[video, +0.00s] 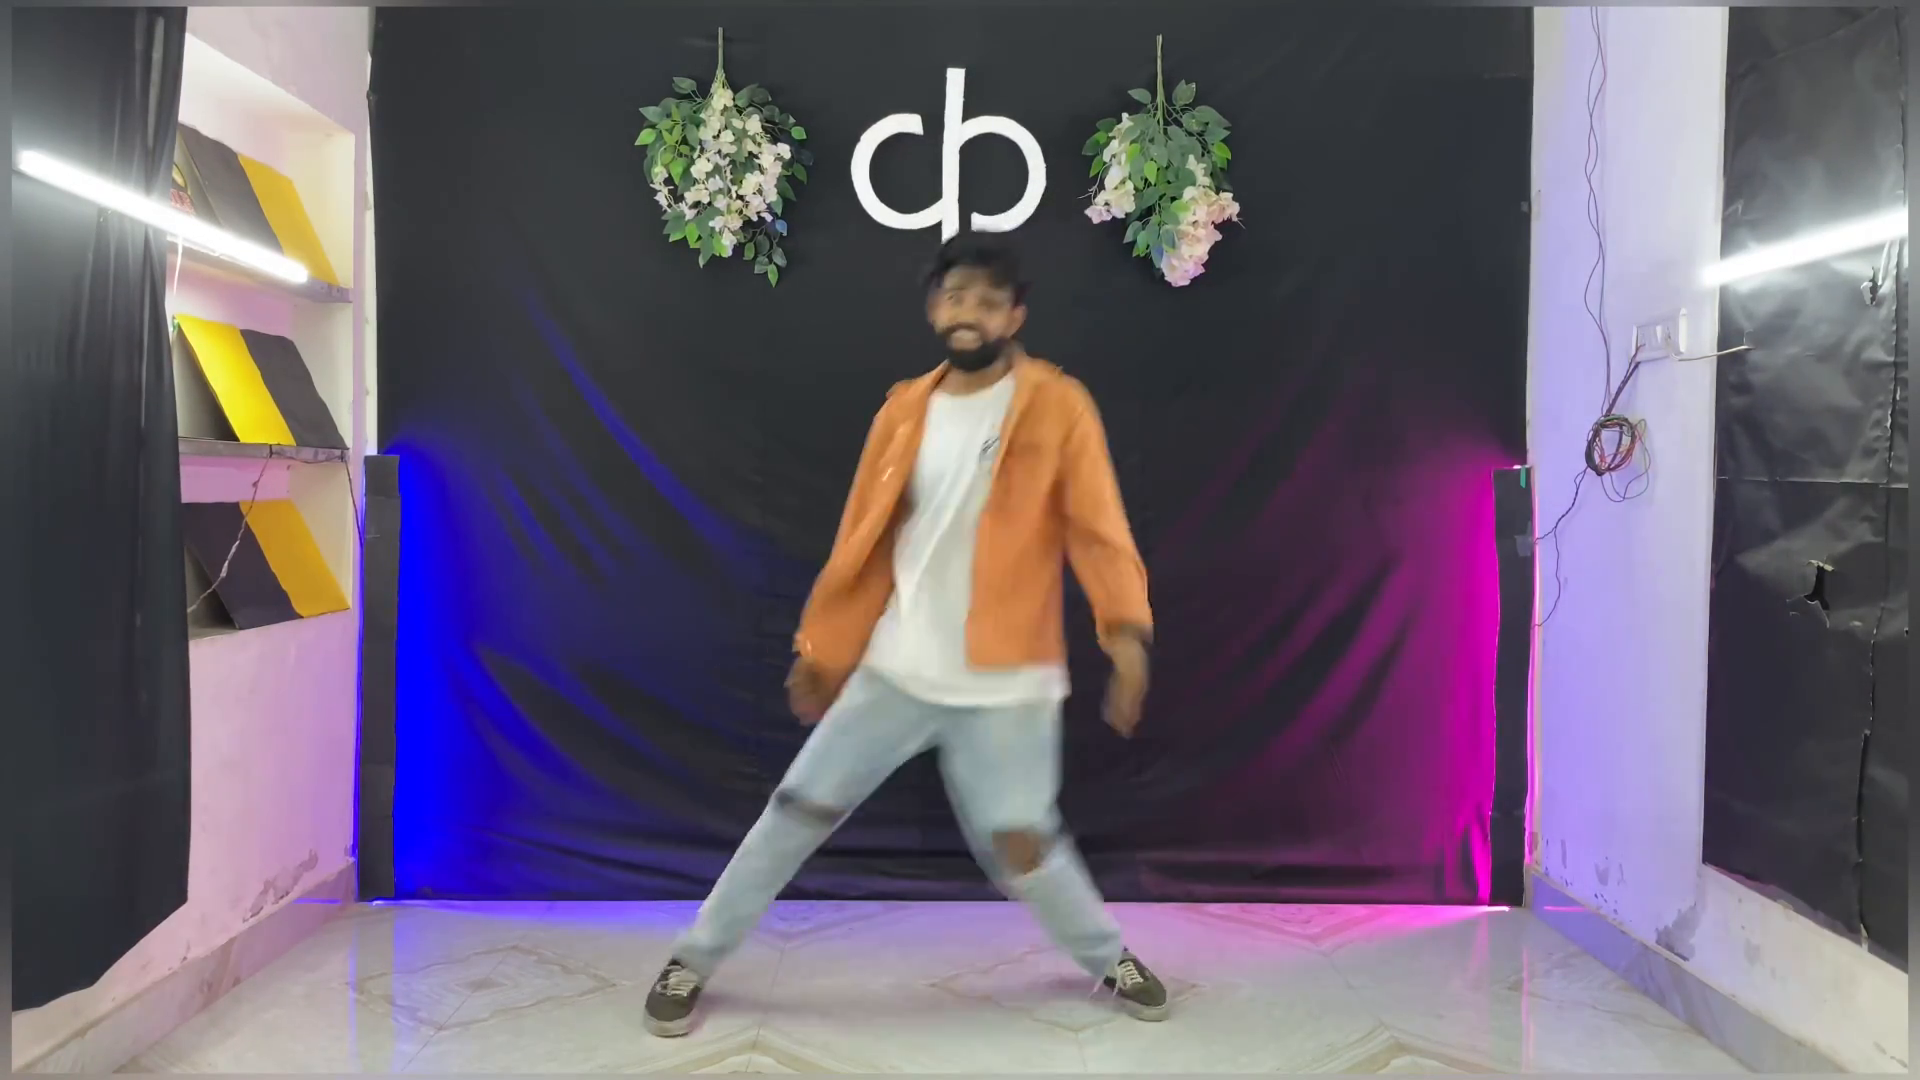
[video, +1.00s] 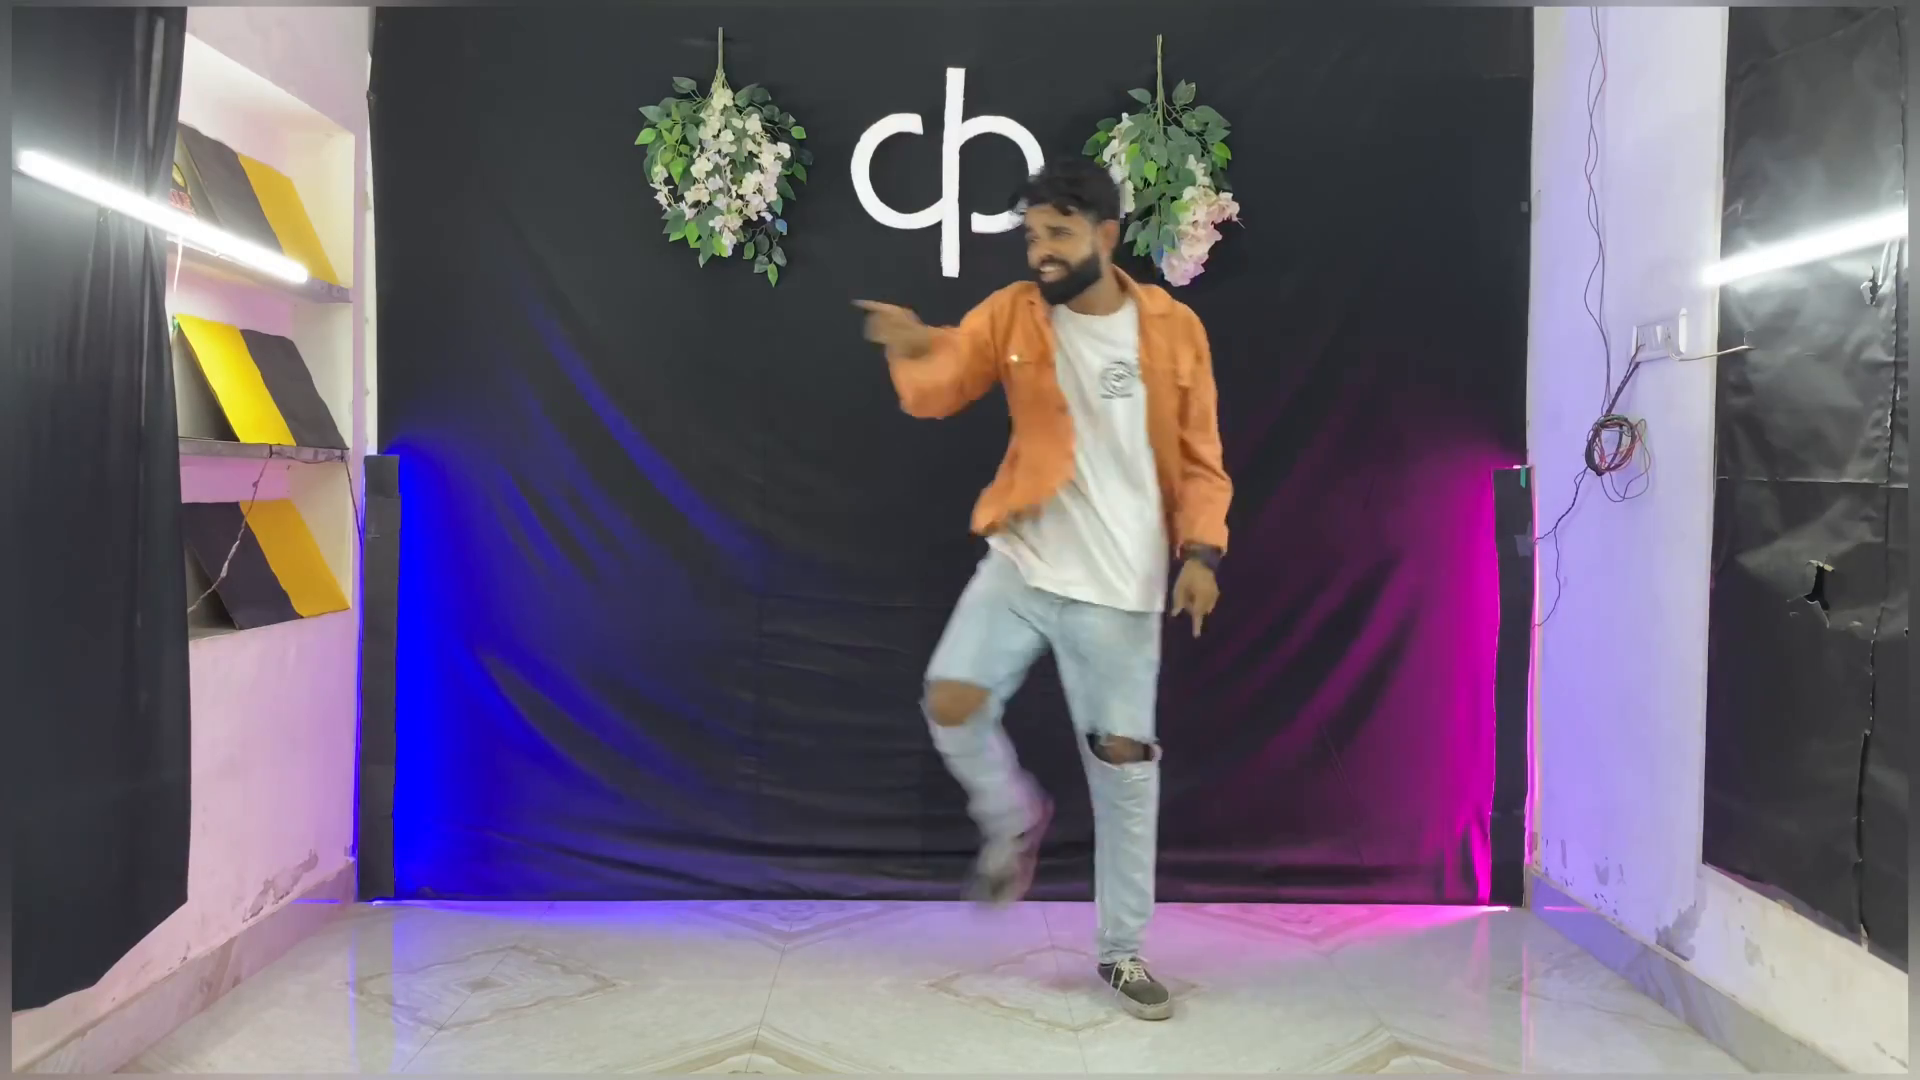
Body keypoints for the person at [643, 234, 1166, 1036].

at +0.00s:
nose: (964, 312)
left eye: (983, 299)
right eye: (951, 297)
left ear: (1016, 312)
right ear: (932, 308)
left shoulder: (1057, 405)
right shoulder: (907, 405)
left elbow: (1099, 527)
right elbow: (863, 535)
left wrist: (1127, 642)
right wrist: (821, 650)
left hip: (1006, 675)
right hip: (898, 665)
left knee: (1020, 843)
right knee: (800, 807)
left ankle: (1113, 961)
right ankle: (692, 959)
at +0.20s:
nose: (1078, 276)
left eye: (1094, 262)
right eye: (1065, 259)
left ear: (1116, 271)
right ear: (1034, 260)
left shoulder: (1140, 331)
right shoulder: (992, 354)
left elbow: (1176, 369)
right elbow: (960, 481)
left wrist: (1119, 297)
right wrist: (943, 590)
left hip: (1125, 600)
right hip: (1020, 597)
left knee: (1139, 774)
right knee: (970, 750)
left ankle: (1123, 950)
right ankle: (925, 882)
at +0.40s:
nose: (1170, 283)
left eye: (1186, 271)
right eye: (1155, 263)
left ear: (1202, 280)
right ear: (1123, 263)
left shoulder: (1208, 343)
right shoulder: (1067, 367)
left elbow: (1258, 229)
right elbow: (1046, 498)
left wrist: (1182, 179)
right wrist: (1058, 618)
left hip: (1202, 595)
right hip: (1107, 610)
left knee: (1192, 767)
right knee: (1130, 789)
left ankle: (1134, 943)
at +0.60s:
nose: (1172, 334)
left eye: (1192, 320)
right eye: (1162, 317)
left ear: (1232, 331)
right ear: (1150, 324)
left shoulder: (1250, 393)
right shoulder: (1110, 432)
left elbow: (1328, 318)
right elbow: (1098, 558)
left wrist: (1256, 314)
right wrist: (1115, 669)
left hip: (1240, 636)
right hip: (1152, 648)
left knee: (1215, 789)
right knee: (1231, 810)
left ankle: (1131, 944)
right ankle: (1342, 902)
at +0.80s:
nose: (1119, 275)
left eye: (1138, 260)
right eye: (1111, 259)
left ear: (1187, 264)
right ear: (1102, 261)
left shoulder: (1221, 358)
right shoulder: (1074, 335)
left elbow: (1274, 477)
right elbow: (995, 417)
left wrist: (1250, 414)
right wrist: (1050, 506)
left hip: (1185, 600)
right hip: (1094, 592)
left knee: (1162, 762)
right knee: (1110, 782)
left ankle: (1125, 952)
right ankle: (1253, 834)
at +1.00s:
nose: (1041, 250)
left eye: (1059, 233)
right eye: (1032, 235)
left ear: (1109, 233)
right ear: (1027, 236)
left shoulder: (1173, 330)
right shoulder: (1013, 313)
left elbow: (1199, 454)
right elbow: (942, 389)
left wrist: (1202, 550)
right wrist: (914, 345)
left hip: (1121, 581)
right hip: (1022, 560)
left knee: (1125, 758)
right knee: (953, 697)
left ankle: (1123, 948)